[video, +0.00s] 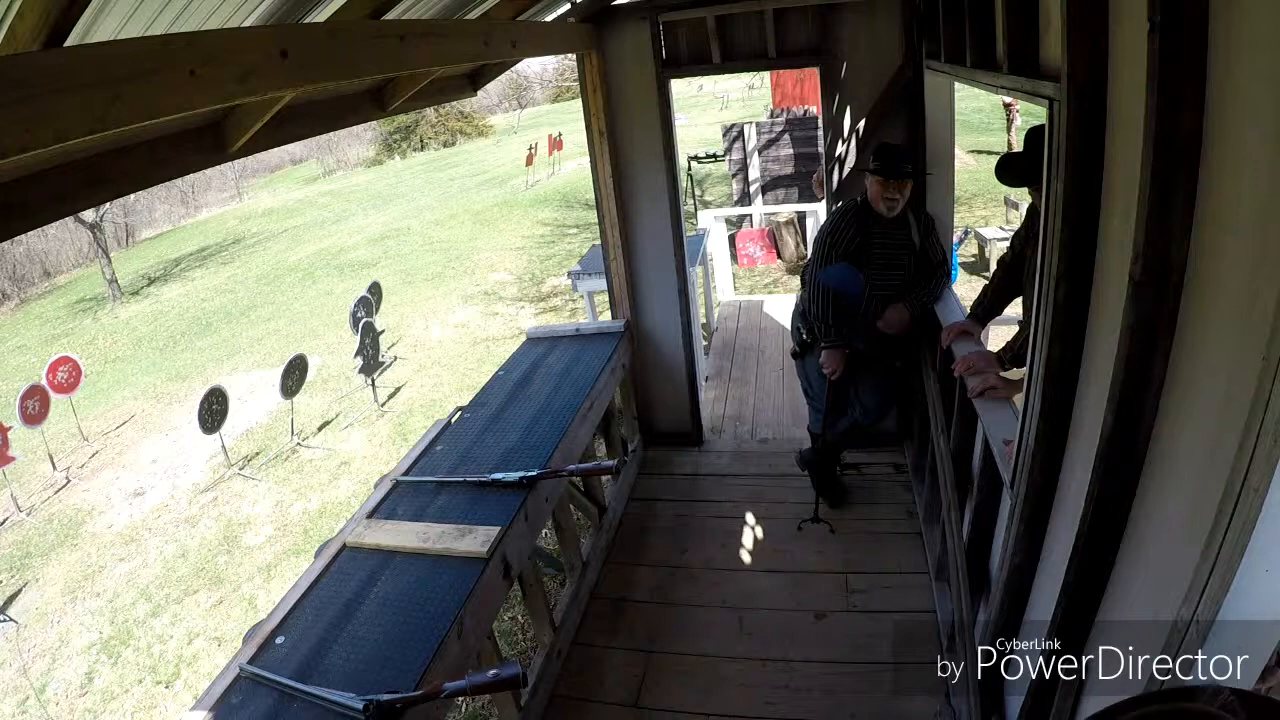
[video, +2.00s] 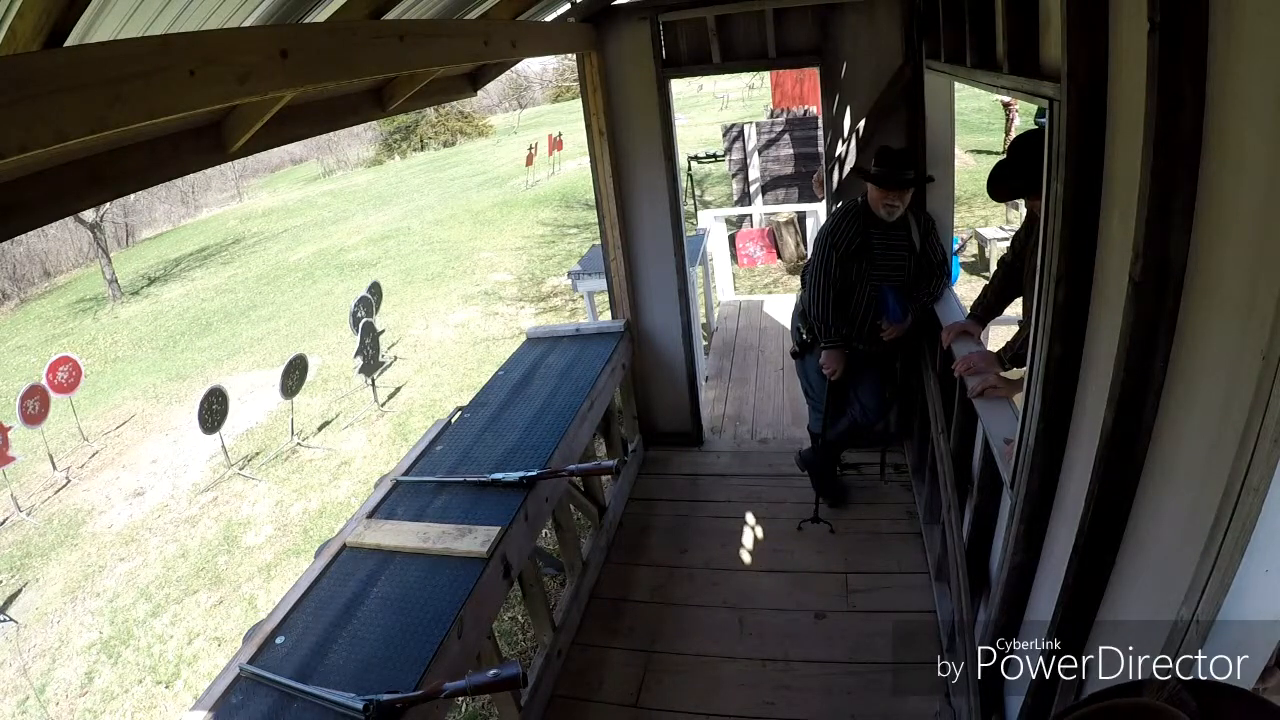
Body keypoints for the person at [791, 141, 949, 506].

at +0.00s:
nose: (893, 189)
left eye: (902, 180)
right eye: (884, 179)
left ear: (912, 184)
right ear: (868, 180)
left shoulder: (920, 223)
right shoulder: (846, 221)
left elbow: (939, 274)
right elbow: (818, 279)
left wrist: (909, 307)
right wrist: (831, 342)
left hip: (880, 334)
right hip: (826, 332)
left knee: (875, 407)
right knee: (828, 407)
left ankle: (818, 454)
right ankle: (825, 470)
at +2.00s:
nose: (894, 196)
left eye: (903, 188)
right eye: (884, 186)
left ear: (914, 189)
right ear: (868, 184)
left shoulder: (922, 226)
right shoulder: (844, 224)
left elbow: (938, 275)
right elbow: (820, 282)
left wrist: (909, 317)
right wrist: (830, 343)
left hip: (875, 336)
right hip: (824, 335)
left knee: (871, 409)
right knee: (827, 411)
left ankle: (817, 456)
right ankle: (827, 478)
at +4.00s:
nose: (880, 198)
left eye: (891, 190)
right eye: (873, 188)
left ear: (908, 192)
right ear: (863, 186)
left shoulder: (919, 225)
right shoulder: (842, 225)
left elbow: (937, 275)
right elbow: (820, 285)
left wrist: (907, 317)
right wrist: (830, 344)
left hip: (876, 337)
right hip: (825, 338)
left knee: (874, 410)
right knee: (830, 413)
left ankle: (843, 467)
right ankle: (832, 484)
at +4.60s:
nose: (877, 200)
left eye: (888, 193)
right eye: (870, 190)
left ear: (906, 194)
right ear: (860, 187)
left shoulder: (919, 227)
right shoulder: (840, 226)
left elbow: (939, 277)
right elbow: (818, 286)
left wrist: (915, 317)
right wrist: (826, 343)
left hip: (885, 341)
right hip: (835, 339)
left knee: (877, 406)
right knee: (831, 411)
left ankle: (864, 460)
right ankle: (827, 474)